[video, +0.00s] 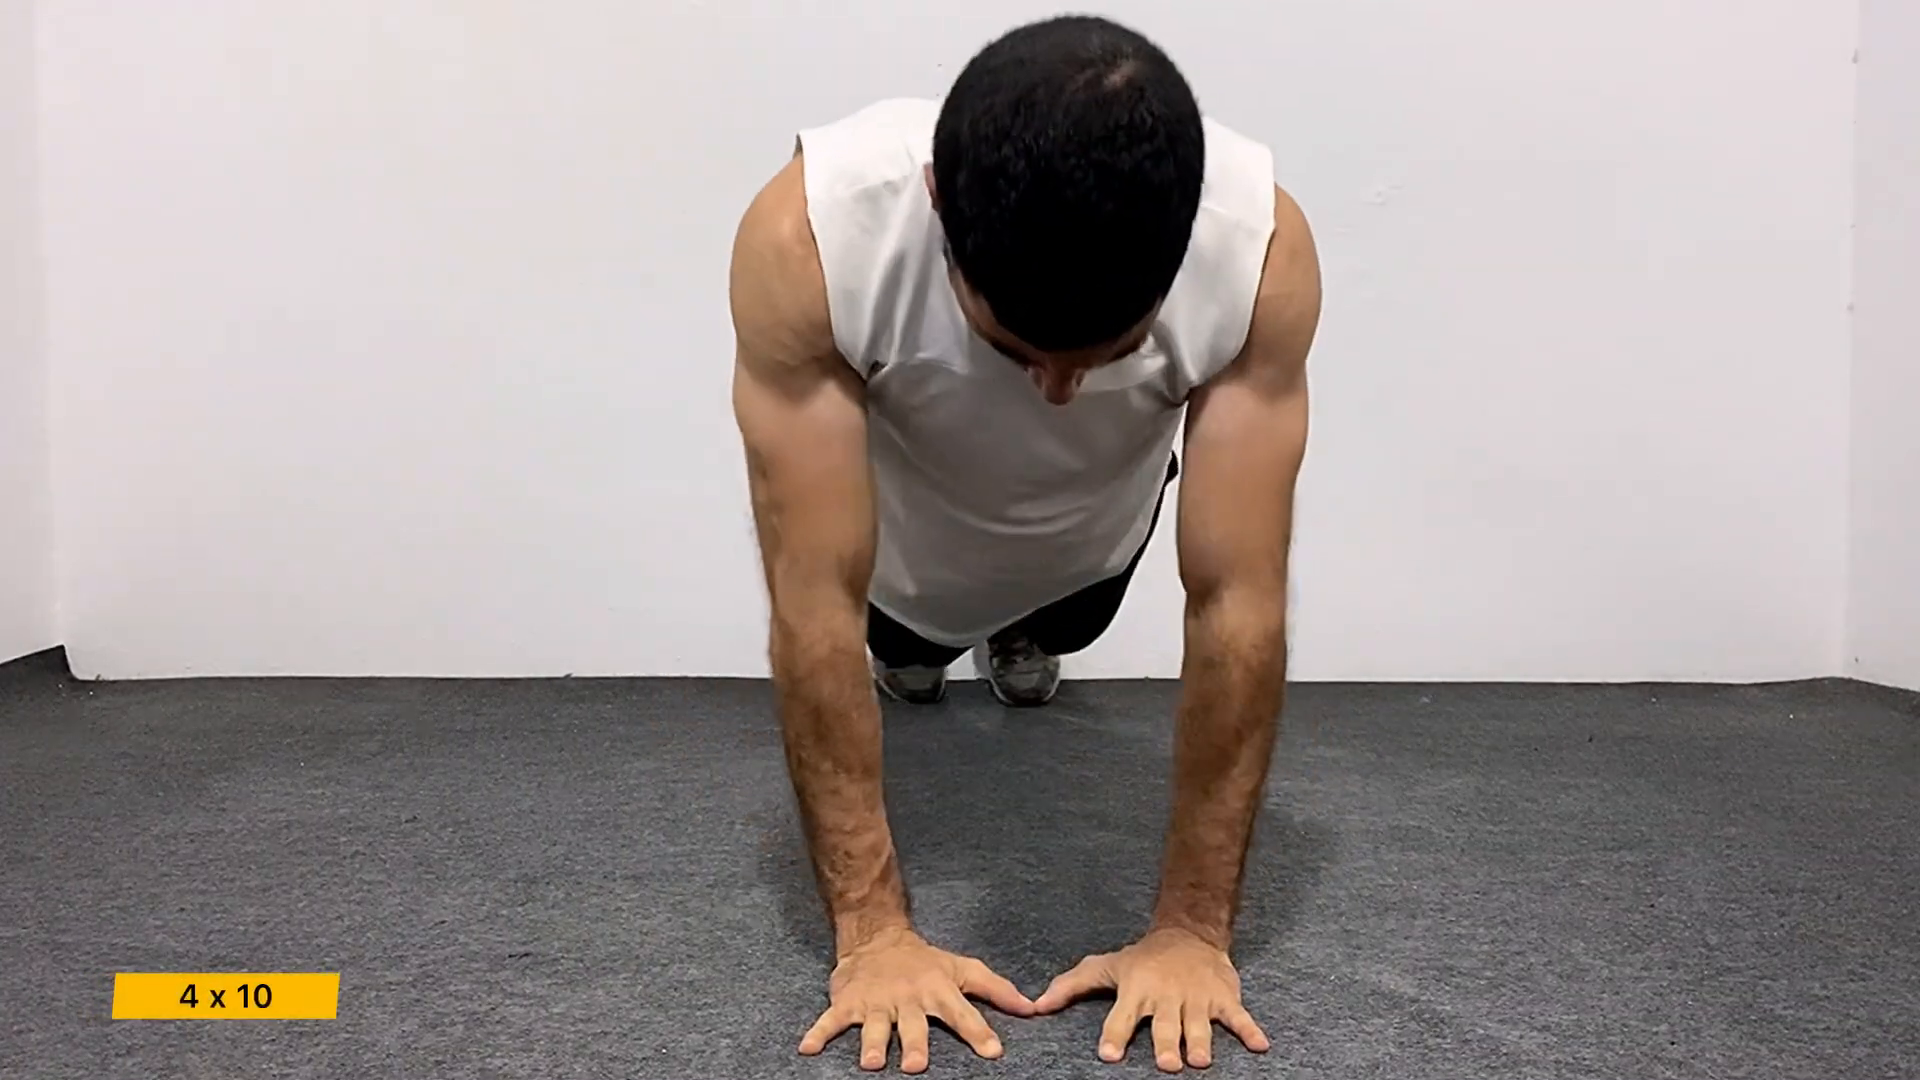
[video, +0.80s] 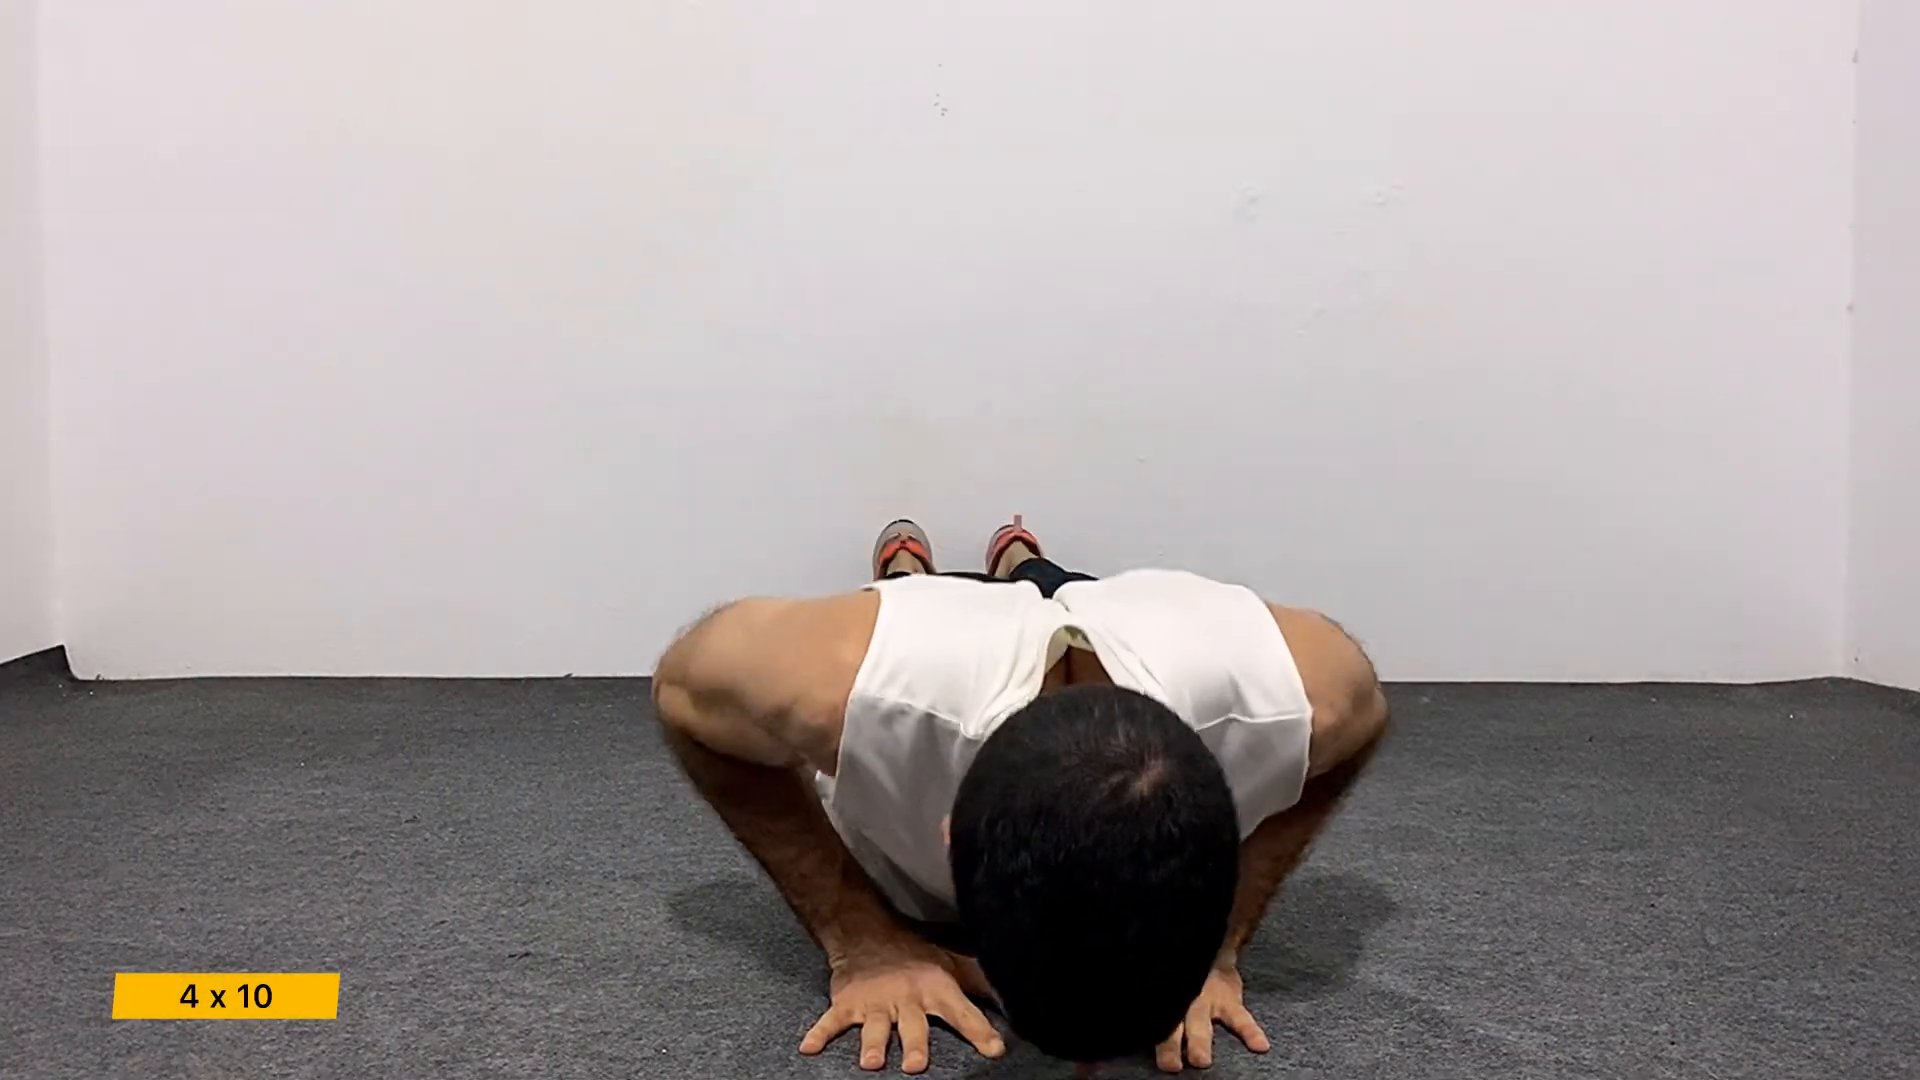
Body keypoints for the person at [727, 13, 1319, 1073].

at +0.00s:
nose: (1060, 384)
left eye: (1102, 347)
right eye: (1018, 341)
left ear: (1174, 259)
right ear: (943, 227)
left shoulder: (1255, 255)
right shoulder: (805, 246)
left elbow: (1238, 603)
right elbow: (815, 596)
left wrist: (1192, 927)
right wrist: (870, 928)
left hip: (1088, 556)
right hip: (910, 562)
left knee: (1051, 632)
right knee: (912, 652)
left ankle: (1028, 648)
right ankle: (912, 663)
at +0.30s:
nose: (1074, 507)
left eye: (1122, 472)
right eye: (1037, 465)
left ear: (1197, 376)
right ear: (960, 332)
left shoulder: (1276, 313)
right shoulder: (824, 299)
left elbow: (1279, 630)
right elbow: (757, 624)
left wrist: (1198, 929)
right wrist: (868, 932)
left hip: (1096, 579)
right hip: (908, 572)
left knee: (1054, 633)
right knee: (912, 645)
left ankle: (1027, 652)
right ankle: (910, 668)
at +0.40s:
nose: (1082, 633)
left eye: (1124, 601)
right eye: (1043, 592)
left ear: (1203, 506)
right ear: (965, 456)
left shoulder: (1277, 390)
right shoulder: (832, 376)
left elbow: (1305, 654)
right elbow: (721, 651)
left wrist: (1200, 930)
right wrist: (865, 935)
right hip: (913, 616)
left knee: (1054, 677)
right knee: (916, 672)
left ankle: (1040, 676)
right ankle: (910, 673)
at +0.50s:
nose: (1088, 772)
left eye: (1134, 739)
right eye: (1050, 734)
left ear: (1213, 612)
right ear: (964, 573)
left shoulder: (1286, 485)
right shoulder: (834, 472)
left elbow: (1316, 687)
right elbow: (701, 673)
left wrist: (1201, 928)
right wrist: (862, 933)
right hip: (916, 696)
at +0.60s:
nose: (1086, 894)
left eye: (1133, 862)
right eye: (1047, 856)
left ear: (1230, 706)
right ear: (963, 681)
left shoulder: (1297, 579)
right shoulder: (840, 559)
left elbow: (1321, 713)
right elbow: (698, 688)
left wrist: (1205, 928)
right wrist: (858, 928)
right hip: (912, 766)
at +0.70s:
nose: (1065, 993)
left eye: (1111, 979)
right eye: (1027, 963)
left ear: (1229, 802)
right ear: (963, 783)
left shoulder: (1306, 653)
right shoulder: (843, 631)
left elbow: (1348, 729)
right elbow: (694, 693)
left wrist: (1212, 938)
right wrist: (861, 937)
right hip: (899, 808)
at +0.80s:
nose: (1096, 1068)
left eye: (1134, 1046)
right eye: (1063, 1047)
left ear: (1228, 814)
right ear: (958, 842)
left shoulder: (1309, 693)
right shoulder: (845, 685)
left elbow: (1362, 717)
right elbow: (689, 689)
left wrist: (1224, 943)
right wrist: (858, 935)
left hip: (1104, 616)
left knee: (1047, 591)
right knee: (907, 590)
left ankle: (1020, 561)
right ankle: (904, 565)